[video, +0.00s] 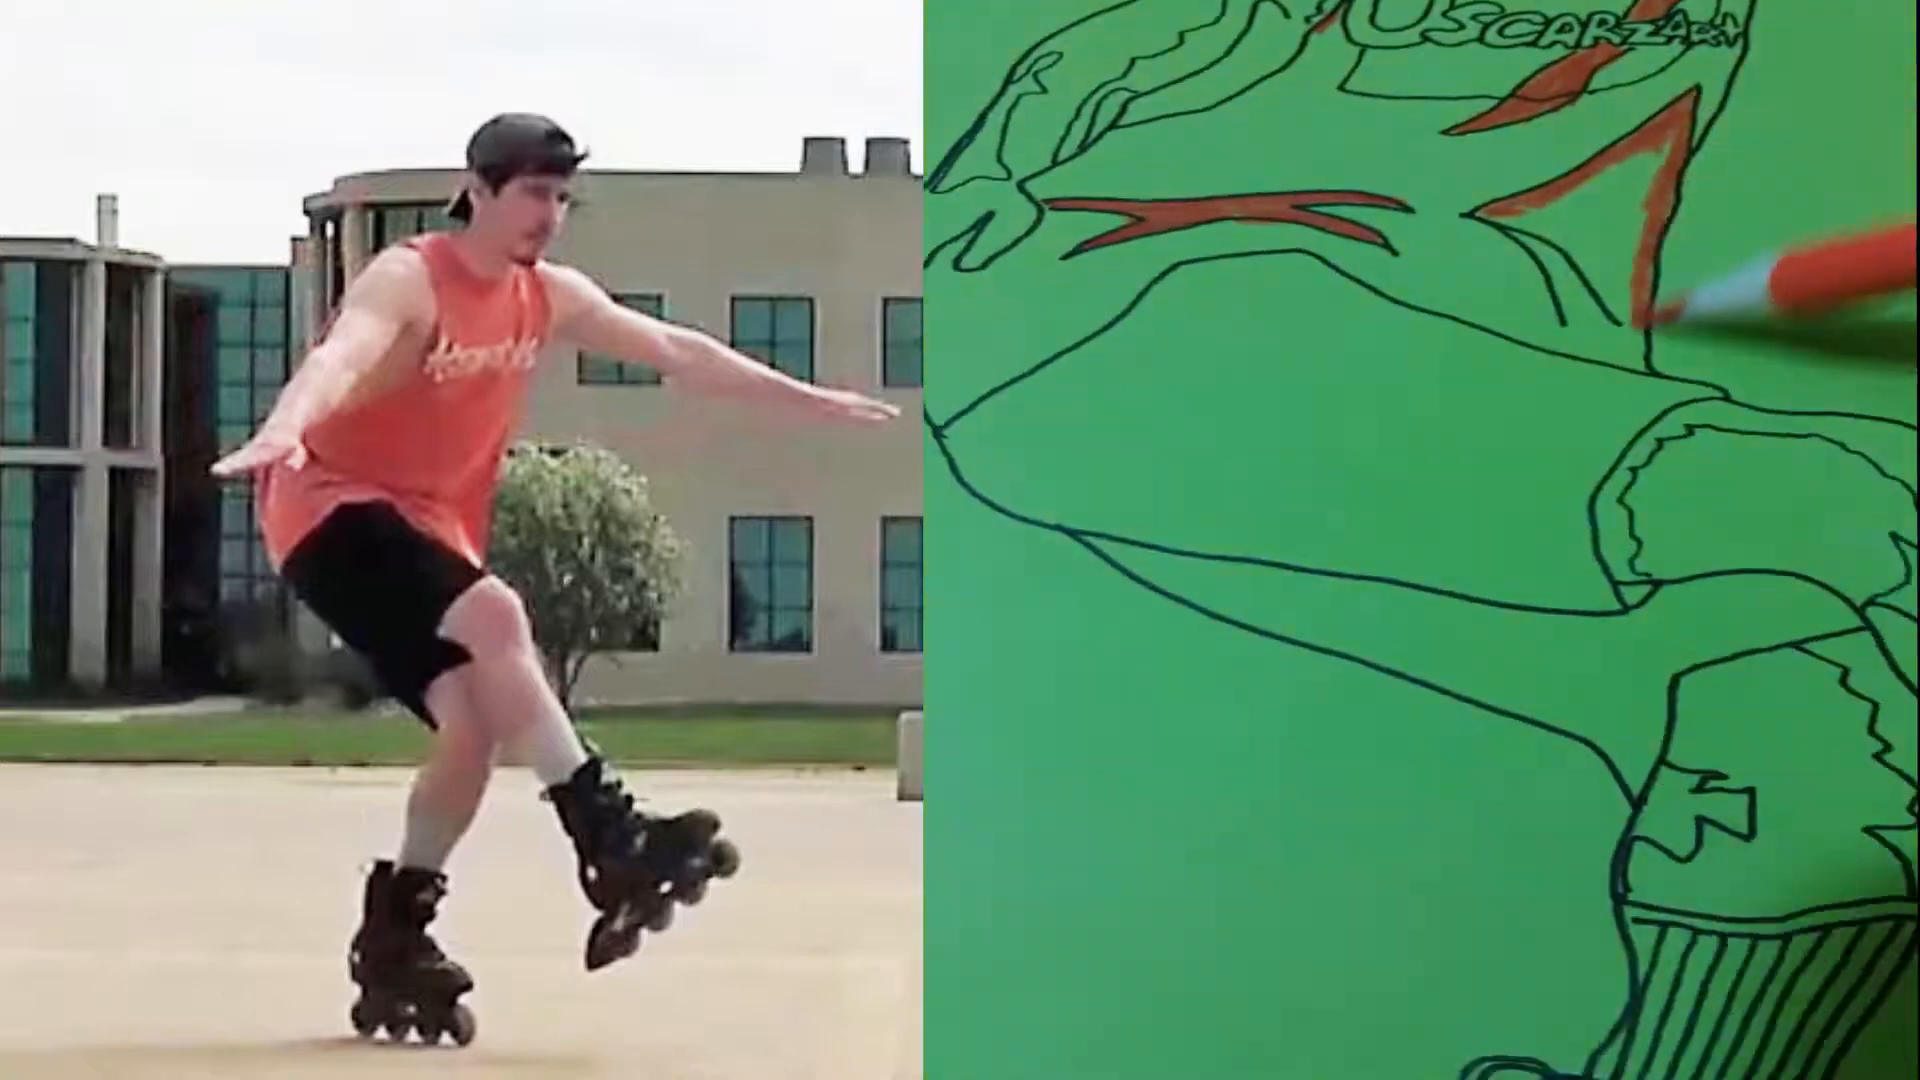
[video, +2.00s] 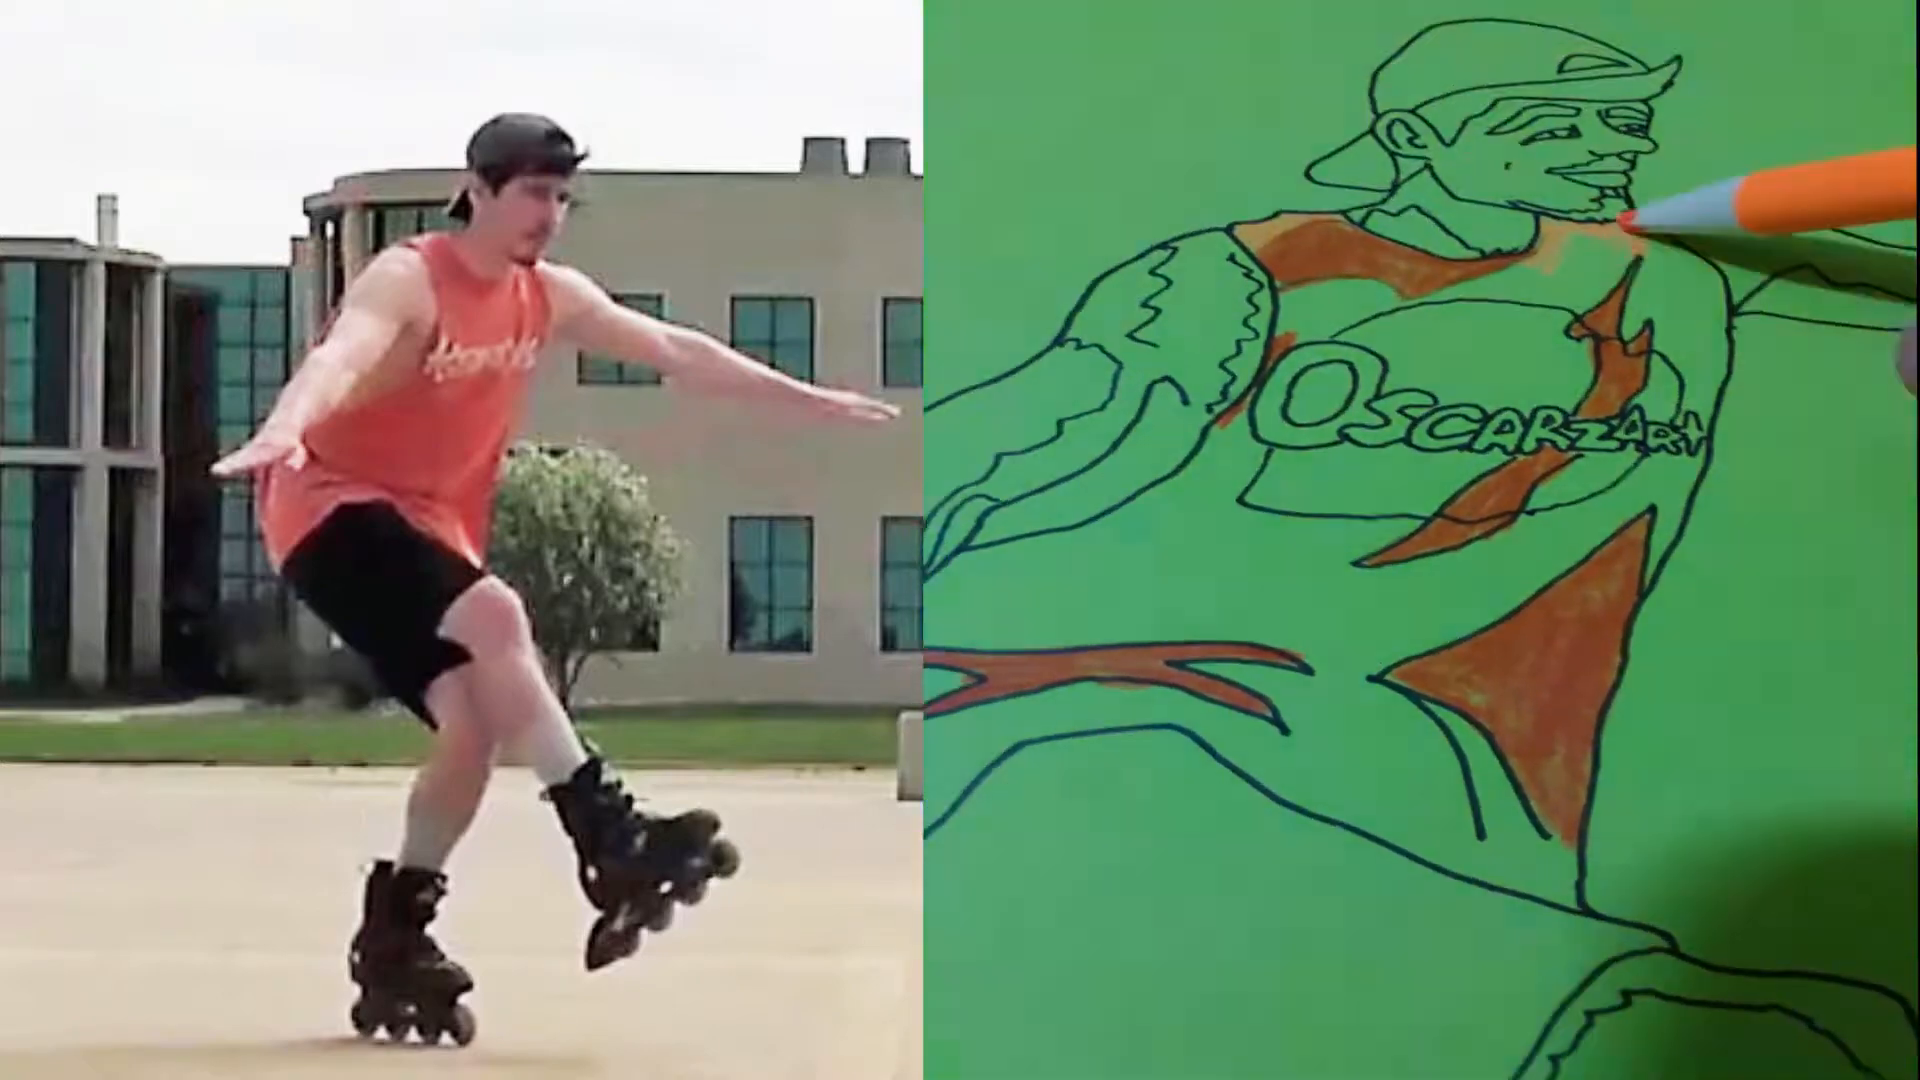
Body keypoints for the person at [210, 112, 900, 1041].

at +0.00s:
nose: (552, 214)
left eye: (562, 198)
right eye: (536, 195)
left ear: (563, 203)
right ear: (476, 191)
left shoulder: (551, 293)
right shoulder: (409, 274)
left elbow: (674, 350)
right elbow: (341, 356)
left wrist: (810, 399)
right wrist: (283, 429)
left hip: (436, 529)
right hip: (334, 504)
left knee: (478, 724)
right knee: (492, 616)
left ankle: (393, 936)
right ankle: (611, 843)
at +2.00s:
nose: (552, 214)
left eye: (562, 198)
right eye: (536, 194)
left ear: (563, 203)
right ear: (477, 191)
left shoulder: (551, 293)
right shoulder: (409, 274)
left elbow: (674, 349)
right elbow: (341, 356)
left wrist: (811, 399)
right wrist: (282, 429)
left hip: (436, 530)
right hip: (334, 505)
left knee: (477, 725)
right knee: (492, 616)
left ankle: (393, 936)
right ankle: (611, 842)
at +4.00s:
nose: (551, 215)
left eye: (561, 199)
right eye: (535, 195)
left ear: (563, 204)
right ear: (476, 191)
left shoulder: (551, 293)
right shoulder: (408, 274)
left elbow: (674, 350)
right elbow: (341, 356)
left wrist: (810, 399)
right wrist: (282, 429)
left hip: (437, 531)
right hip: (334, 505)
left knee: (477, 726)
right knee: (492, 616)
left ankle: (393, 934)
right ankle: (609, 839)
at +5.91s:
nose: (551, 215)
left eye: (561, 199)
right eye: (535, 195)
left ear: (563, 203)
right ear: (475, 191)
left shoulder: (551, 293)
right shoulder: (408, 274)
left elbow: (674, 350)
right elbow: (342, 356)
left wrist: (810, 399)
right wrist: (283, 428)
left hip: (436, 530)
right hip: (334, 504)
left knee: (477, 725)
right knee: (492, 616)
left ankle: (393, 935)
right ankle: (610, 841)